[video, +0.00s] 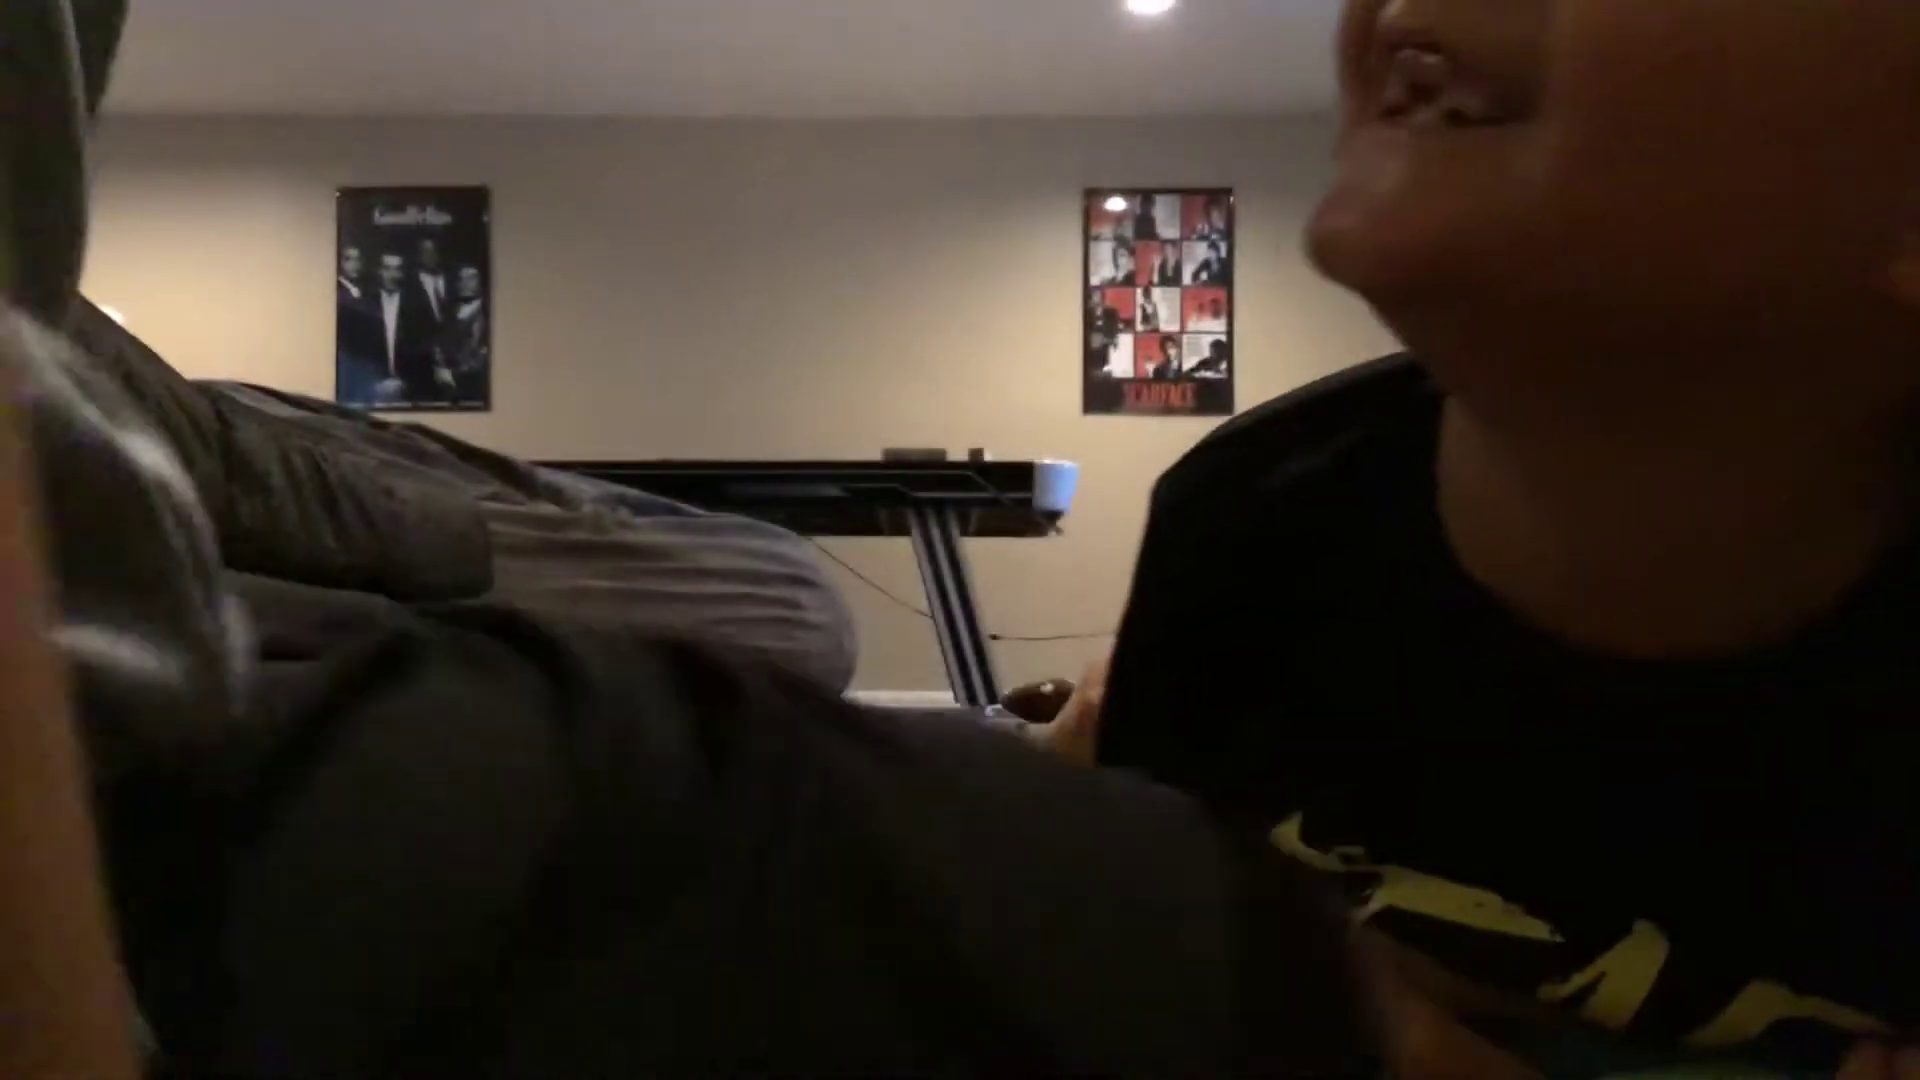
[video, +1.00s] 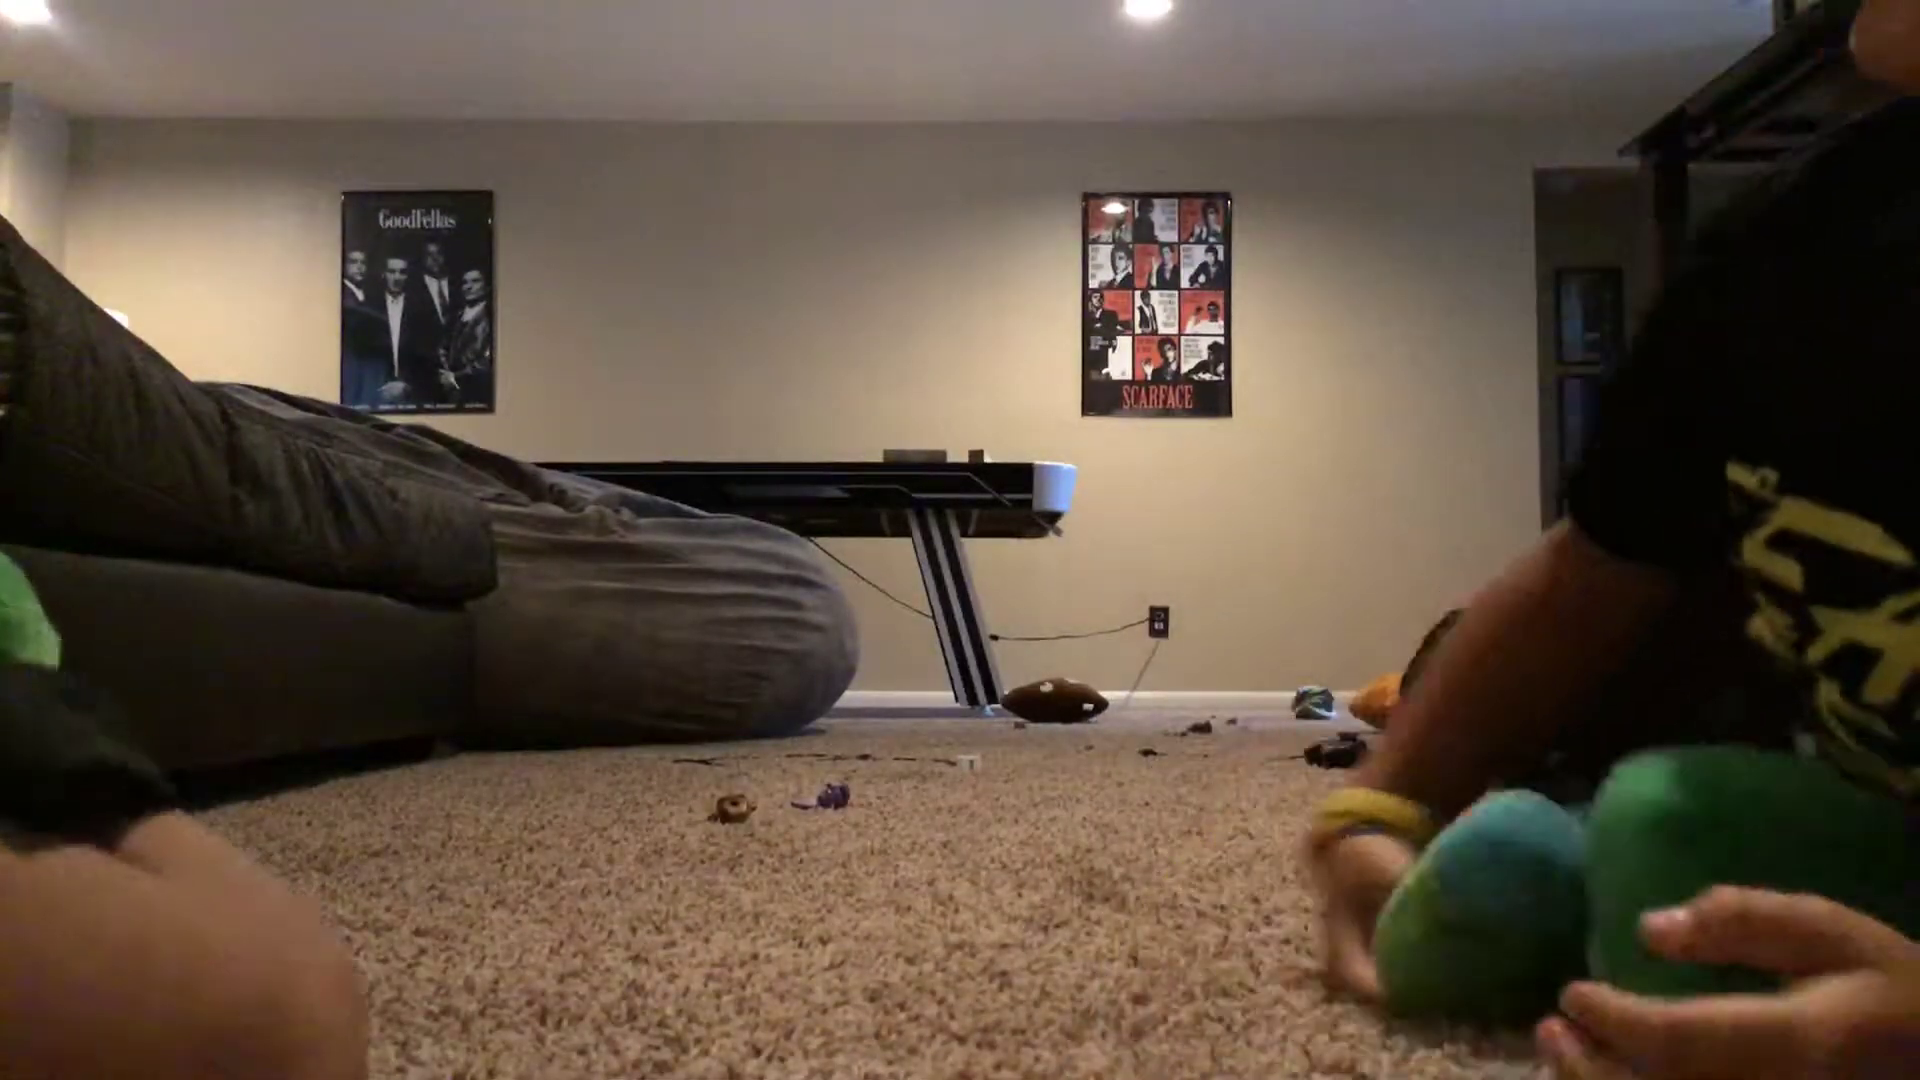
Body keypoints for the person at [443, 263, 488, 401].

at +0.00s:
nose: (466, 284)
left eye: (471, 279)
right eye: (462, 279)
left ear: (478, 283)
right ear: (456, 283)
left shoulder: (485, 311)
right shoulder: (449, 310)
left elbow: (487, 347)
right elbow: (438, 340)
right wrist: (441, 368)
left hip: (476, 373)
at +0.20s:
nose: (470, 286)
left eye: (476, 281)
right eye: (466, 282)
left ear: (485, 286)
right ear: (462, 286)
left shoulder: (491, 314)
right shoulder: (457, 314)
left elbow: (489, 356)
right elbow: (446, 342)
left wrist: (459, 376)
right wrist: (447, 370)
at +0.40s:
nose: (470, 286)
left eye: (477, 281)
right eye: (466, 281)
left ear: (487, 286)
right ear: (462, 286)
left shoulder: (491, 316)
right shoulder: (458, 314)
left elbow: (489, 358)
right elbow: (446, 342)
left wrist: (459, 376)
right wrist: (448, 369)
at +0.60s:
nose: (468, 287)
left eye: (475, 281)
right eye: (465, 282)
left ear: (485, 287)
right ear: (461, 287)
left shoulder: (489, 316)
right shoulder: (458, 315)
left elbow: (487, 359)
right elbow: (444, 344)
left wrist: (457, 376)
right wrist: (446, 371)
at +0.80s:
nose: (468, 287)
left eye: (475, 281)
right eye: (465, 283)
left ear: (486, 286)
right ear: (461, 287)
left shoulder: (490, 316)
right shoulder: (456, 316)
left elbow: (487, 360)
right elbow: (442, 346)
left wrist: (456, 377)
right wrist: (446, 372)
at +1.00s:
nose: (468, 287)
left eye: (475, 281)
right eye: (465, 283)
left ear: (485, 286)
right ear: (461, 287)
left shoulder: (490, 315)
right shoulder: (457, 315)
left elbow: (487, 360)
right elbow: (443, 346)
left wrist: (456, 376)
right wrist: (446, 372)